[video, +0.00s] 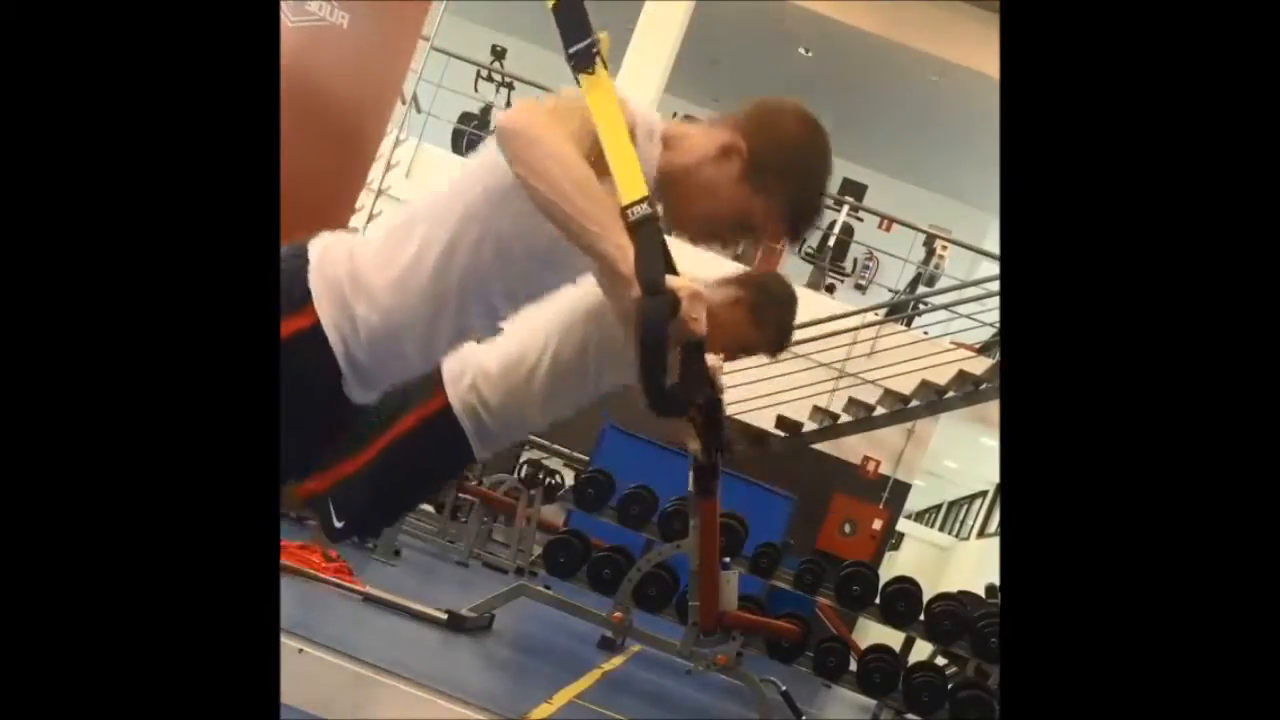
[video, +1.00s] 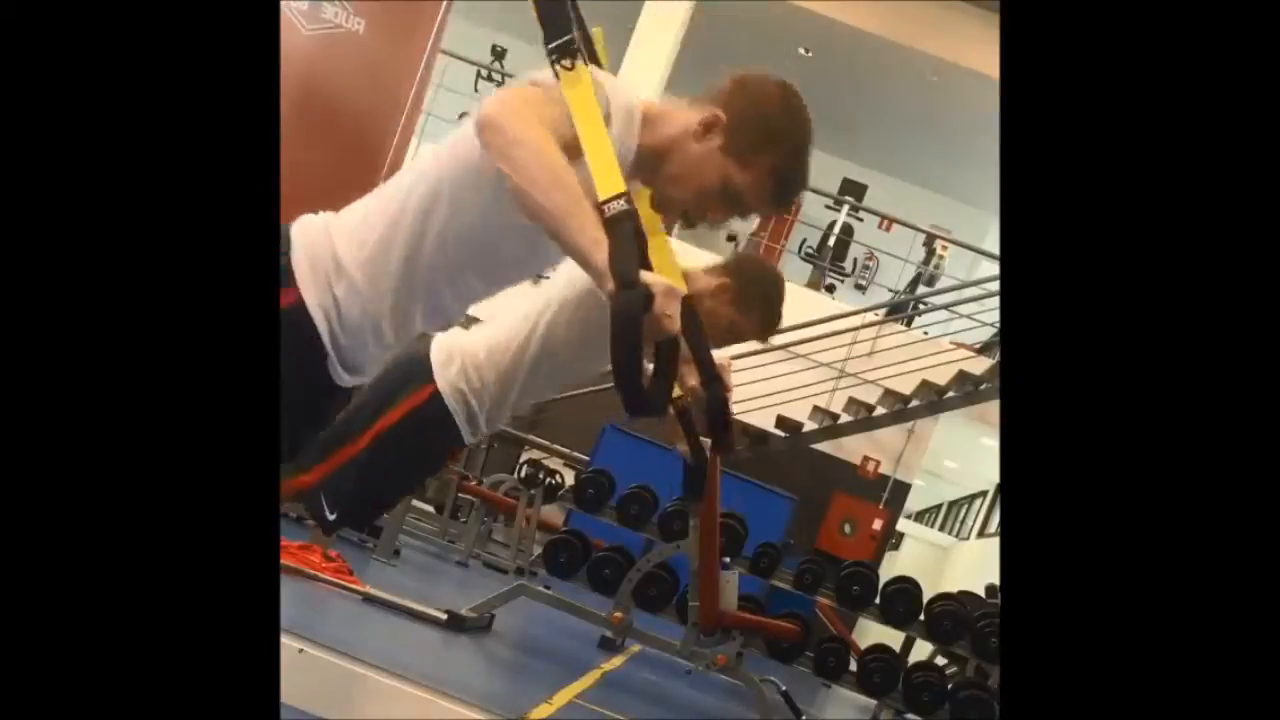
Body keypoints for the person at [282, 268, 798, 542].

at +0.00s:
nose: (715, 355)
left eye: (730, 352)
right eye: (726, 340)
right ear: (725, 296)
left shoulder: (668, 338)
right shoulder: (655, 283)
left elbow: (662, 409)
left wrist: (696, 424)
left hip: (492, 420)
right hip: (471, 392)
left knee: (360, 509)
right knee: (338, 501)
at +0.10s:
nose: (718, 309)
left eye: (731, 308)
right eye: (729, 294)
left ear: (717, 271)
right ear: (716, 255)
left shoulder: (655, 311)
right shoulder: (637, 248)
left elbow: (654, 390)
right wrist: (670, 310)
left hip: (470, 406)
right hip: (448, 378)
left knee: (339, 515)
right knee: (315, 499)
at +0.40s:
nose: (698, 264)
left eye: (710, 258)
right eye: (709, 250)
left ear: (685, 208)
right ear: (688, 207)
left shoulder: (630, 252)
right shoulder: (610, 212)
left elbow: (650, 336)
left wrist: (685, 387)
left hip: (451, 372)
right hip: (425, 342)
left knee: (329, 484)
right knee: (296, 458)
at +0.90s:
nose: (705, 302)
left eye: (718, 298)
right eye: (716, 288)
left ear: (703, 245)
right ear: (705, 244)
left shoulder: (641, 280)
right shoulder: (626, 237)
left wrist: (679, 391)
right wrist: (677, 379)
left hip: (450, 392)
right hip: (427, 369)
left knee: (325, 508)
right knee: (298, 490)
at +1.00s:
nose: (720, 345)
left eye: (734, 342)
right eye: (727, 330)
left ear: (718, 292)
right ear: (716, 285)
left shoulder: (662, 326)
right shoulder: (644, 272)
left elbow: (652, 408)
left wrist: (695, 420)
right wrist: (691, 373)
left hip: (461, 408)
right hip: (440, 384)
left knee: (336, 516)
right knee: (310, 501)